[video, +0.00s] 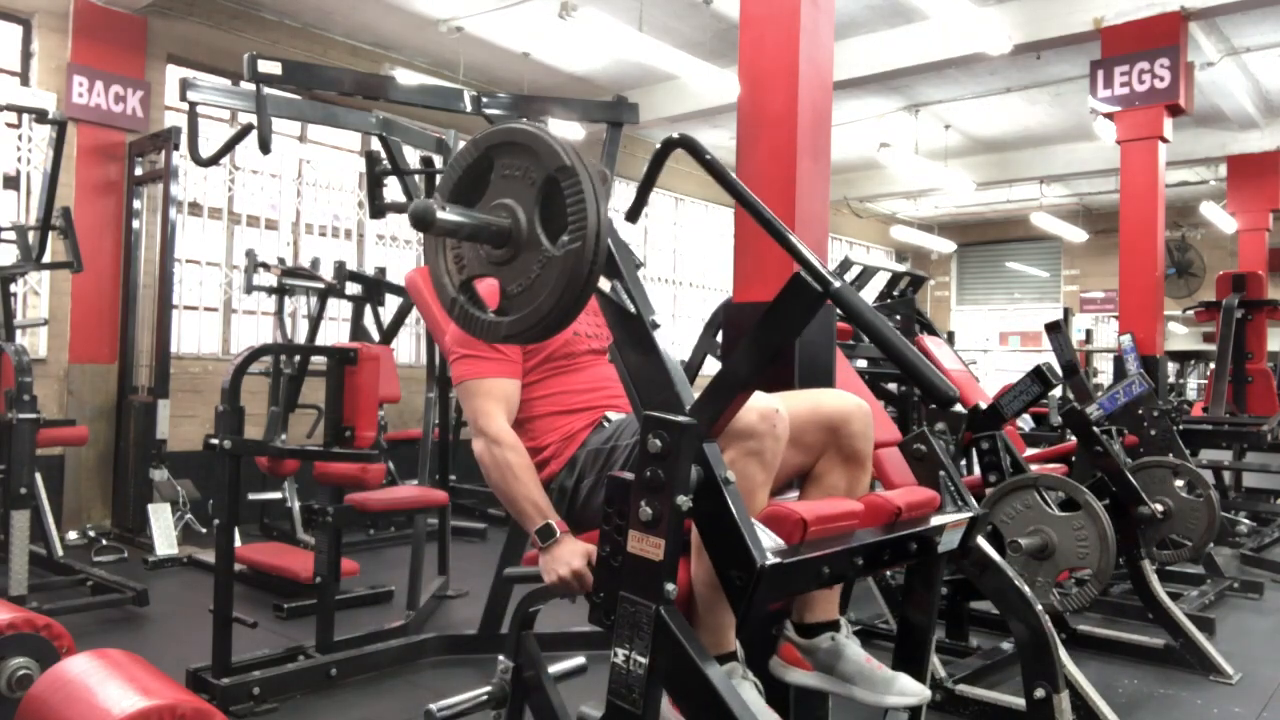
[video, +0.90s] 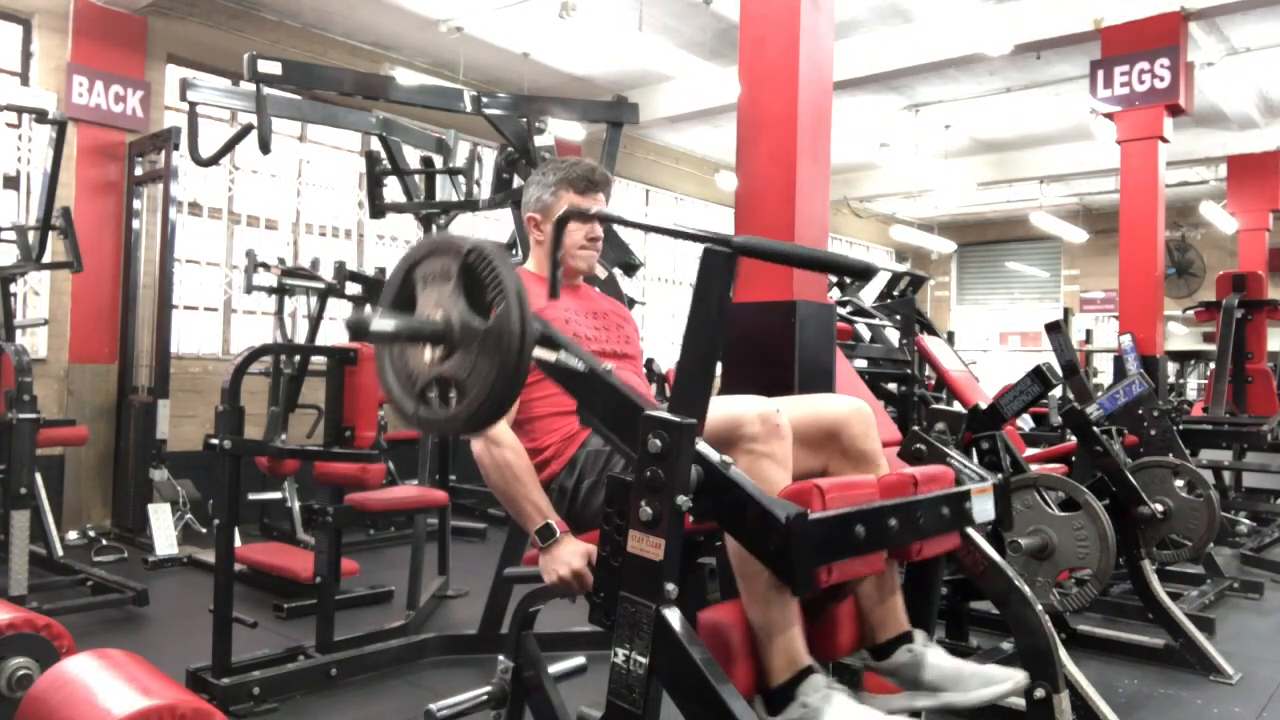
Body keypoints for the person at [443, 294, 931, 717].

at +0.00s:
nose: (544, 204)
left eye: (548, 193)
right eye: (528, 193)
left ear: (549, 204)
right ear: (496, 204)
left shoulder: (565, 272)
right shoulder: (482, 284)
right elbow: (489, 430)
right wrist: (551, 538)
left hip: (637, 437)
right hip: (575, 463)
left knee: (845, 419)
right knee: (755, 423)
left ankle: (817, 633)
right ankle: (712, 656)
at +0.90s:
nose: (597, 233)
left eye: (600, 221)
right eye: (583, 220)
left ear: (601, 230)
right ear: (536, 225)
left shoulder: (611, 306)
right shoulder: (506, 293)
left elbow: (649, 397)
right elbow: (488, 433)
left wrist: (713, 428)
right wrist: (550, 537)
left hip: (656, 445)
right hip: (589, 469)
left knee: (850, 423)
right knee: (758, 427)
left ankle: (894, 647)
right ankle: (790, 683)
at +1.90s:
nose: (598, 234)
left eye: (602, 224)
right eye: (582, 221)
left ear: (598, 232)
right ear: (536, 224)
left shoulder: (607, 308)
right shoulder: (493, 304)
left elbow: (632, 406)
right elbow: (493, 438)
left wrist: (716, 421)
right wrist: (557, 535)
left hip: (650, 451)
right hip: (579, 470)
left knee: (840, 450)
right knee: (771, 438)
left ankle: (1069, 544)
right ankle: (973, 571)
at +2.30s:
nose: (592, 233)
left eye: (598, 221)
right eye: (578, 218)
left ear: (599, 227)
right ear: (532, 219)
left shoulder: (610, 306)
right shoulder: (493, 300)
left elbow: (659, 396)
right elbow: (487, 431)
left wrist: (731, 412)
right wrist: (549, 533)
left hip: (656, 443)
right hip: (581, 465)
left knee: (820, 455)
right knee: (773, 458)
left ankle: (997, 501)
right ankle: (993, 507)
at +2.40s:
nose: (593, 233)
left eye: (599, 221)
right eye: (578, 218)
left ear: (599, 226)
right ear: (533, 218)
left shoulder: (610, 305)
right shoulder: (493, 299)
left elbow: (662, 394)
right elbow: (487, 431)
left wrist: (734, 414)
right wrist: (549, 532)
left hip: (659, 441)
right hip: (584, 461)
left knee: (822, 454)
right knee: (772, 456)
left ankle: (1000, 492)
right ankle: (989, 497)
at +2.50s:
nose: (593, 234)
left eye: (598, 222)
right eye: (578, 219)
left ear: (598, 227)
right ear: (533, 219)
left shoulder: (610, 305)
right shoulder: (494, 299)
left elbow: (655, 396)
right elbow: (487, 430)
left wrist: (721, 425)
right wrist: (549, 533)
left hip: (660, 440)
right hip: (585, 460)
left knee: (818, 452)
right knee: (772, 456)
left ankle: (999, 489)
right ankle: (991, 492)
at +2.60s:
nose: (594, 233)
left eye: (599, 221)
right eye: (580, 218)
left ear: (598, 226)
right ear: (534, 218)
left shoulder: (610, 304)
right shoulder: (494, 299)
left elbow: (661, 394)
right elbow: (487, 430)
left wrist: (735, 411)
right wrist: (548, 532)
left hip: (660, 440)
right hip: (587, 459)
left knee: (818, 452)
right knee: (775, 456)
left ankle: (1004, 480)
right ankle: (992, 485)